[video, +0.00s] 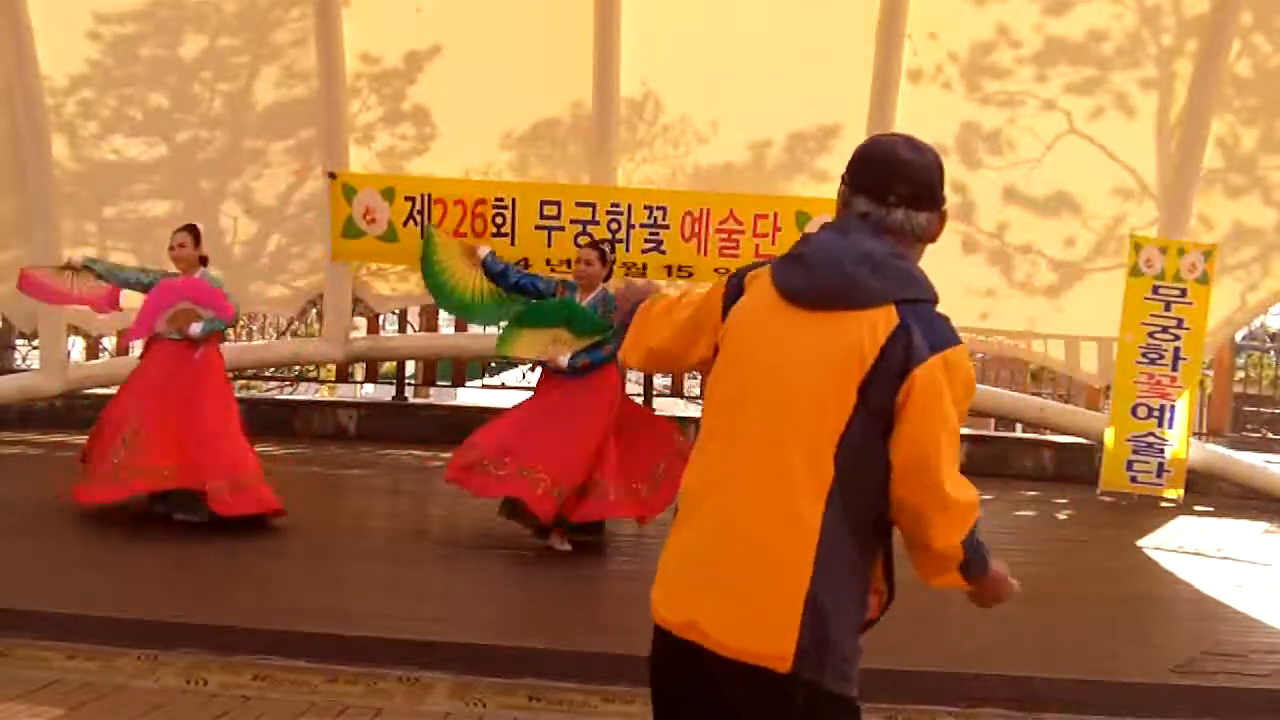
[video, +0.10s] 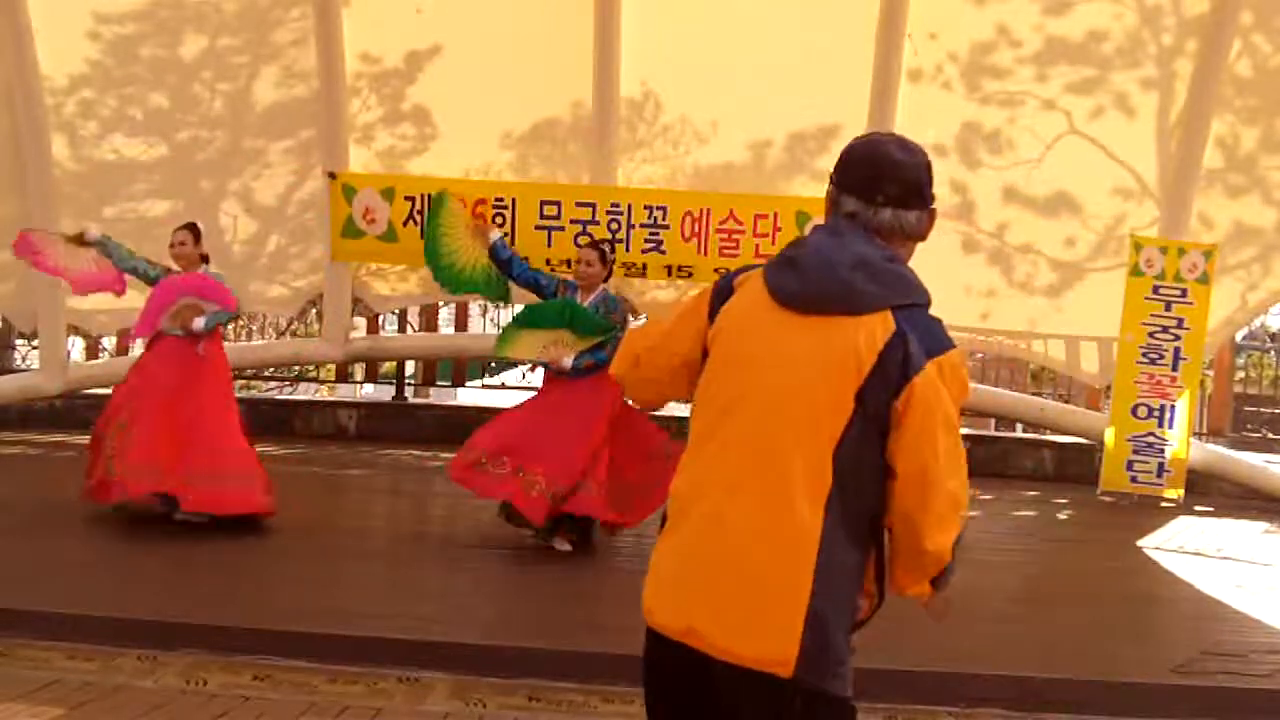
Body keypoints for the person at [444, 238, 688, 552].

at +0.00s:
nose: (580, 268)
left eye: (588, 264)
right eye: (578, 262)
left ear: (606, 271)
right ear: (574, 265)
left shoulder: (616, 302)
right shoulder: (563, 291)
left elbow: (614, 346)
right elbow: (520, 281)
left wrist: (572, 361)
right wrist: (486, 257)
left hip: (598, 382)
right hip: (559, 380)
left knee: (580, 449)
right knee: (550, 442)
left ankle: (559, 527)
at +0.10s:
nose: (582, 269)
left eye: (590, 264)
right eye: (578, 262)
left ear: (606, 270)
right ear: (574, 265)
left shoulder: (614, 307)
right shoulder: (562, 290)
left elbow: (605, 355)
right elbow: (521, 272)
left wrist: (567, 363)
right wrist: (490, 236)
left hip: (596, 389)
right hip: (560, 385)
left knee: (581, 452)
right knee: (551, 447)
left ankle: (574, 528)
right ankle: (552, 520)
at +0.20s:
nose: (581, 267)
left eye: (589, 263)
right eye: (579, 262)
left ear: (607, 268)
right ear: (576, 264)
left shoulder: (615, 305)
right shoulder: (563, 290)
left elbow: (614, 349)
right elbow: (528, 270)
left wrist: (576, 362)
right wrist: (509, 232)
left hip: (594, 387)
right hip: (558, 383)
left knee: (579, 450)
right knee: (544, 444)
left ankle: (564, 526)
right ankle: (537, 524)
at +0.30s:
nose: (586, 264)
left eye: (594, 260)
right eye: (583, 258)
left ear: (608, 266)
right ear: (576, 261)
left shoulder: (617, 304)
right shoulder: (563, 285)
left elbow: (617, 348)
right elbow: (529, 259)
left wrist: (581, 357)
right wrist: (519, 215)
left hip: (594, 384)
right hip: (557, 380)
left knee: (584, 448)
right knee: (553, 443)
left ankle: (566, 526)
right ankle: (545, 520)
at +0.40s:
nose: (588, 258)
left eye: (597, 254)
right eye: (584, 252)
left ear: (611, 261)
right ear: (578, 255)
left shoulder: (618, 297)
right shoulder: (566, 281)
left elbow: (623, 341)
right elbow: (541, 254)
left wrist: (590, 350)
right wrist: (518, 222)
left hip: (597, 375)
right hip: (560, 372)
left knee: (590, 438)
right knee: (554, 432)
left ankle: (583, 510)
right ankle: (553, 506)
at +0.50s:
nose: (592, 257)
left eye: (600, 252)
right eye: (587, 250)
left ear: (612, 259)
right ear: (581, 254)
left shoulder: (620, 297)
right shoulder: (568, 279)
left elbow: (628, 339)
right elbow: (539, 252)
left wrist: (601, 346)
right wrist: (504, 217)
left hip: (598, 371)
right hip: (563, 367)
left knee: (590, 435)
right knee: (558, 432)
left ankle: (584, 509)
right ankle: (555, 510)